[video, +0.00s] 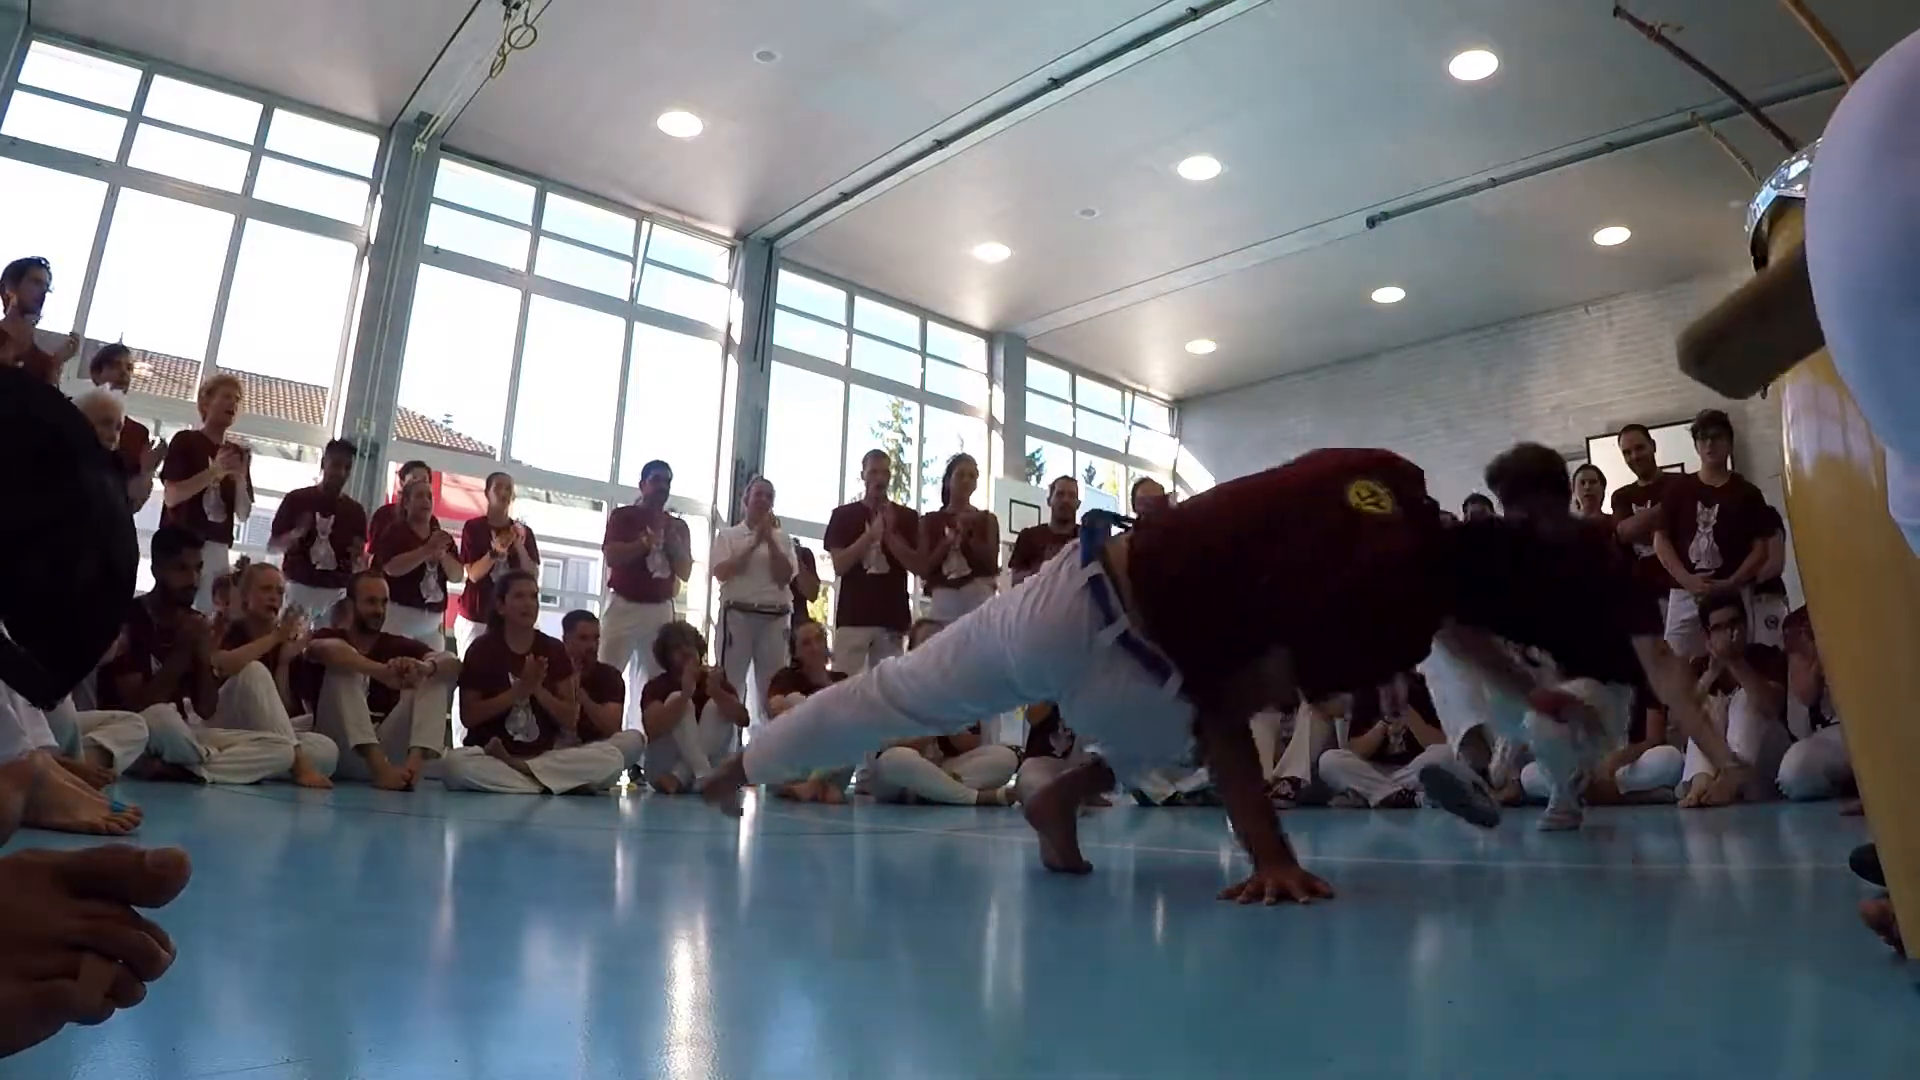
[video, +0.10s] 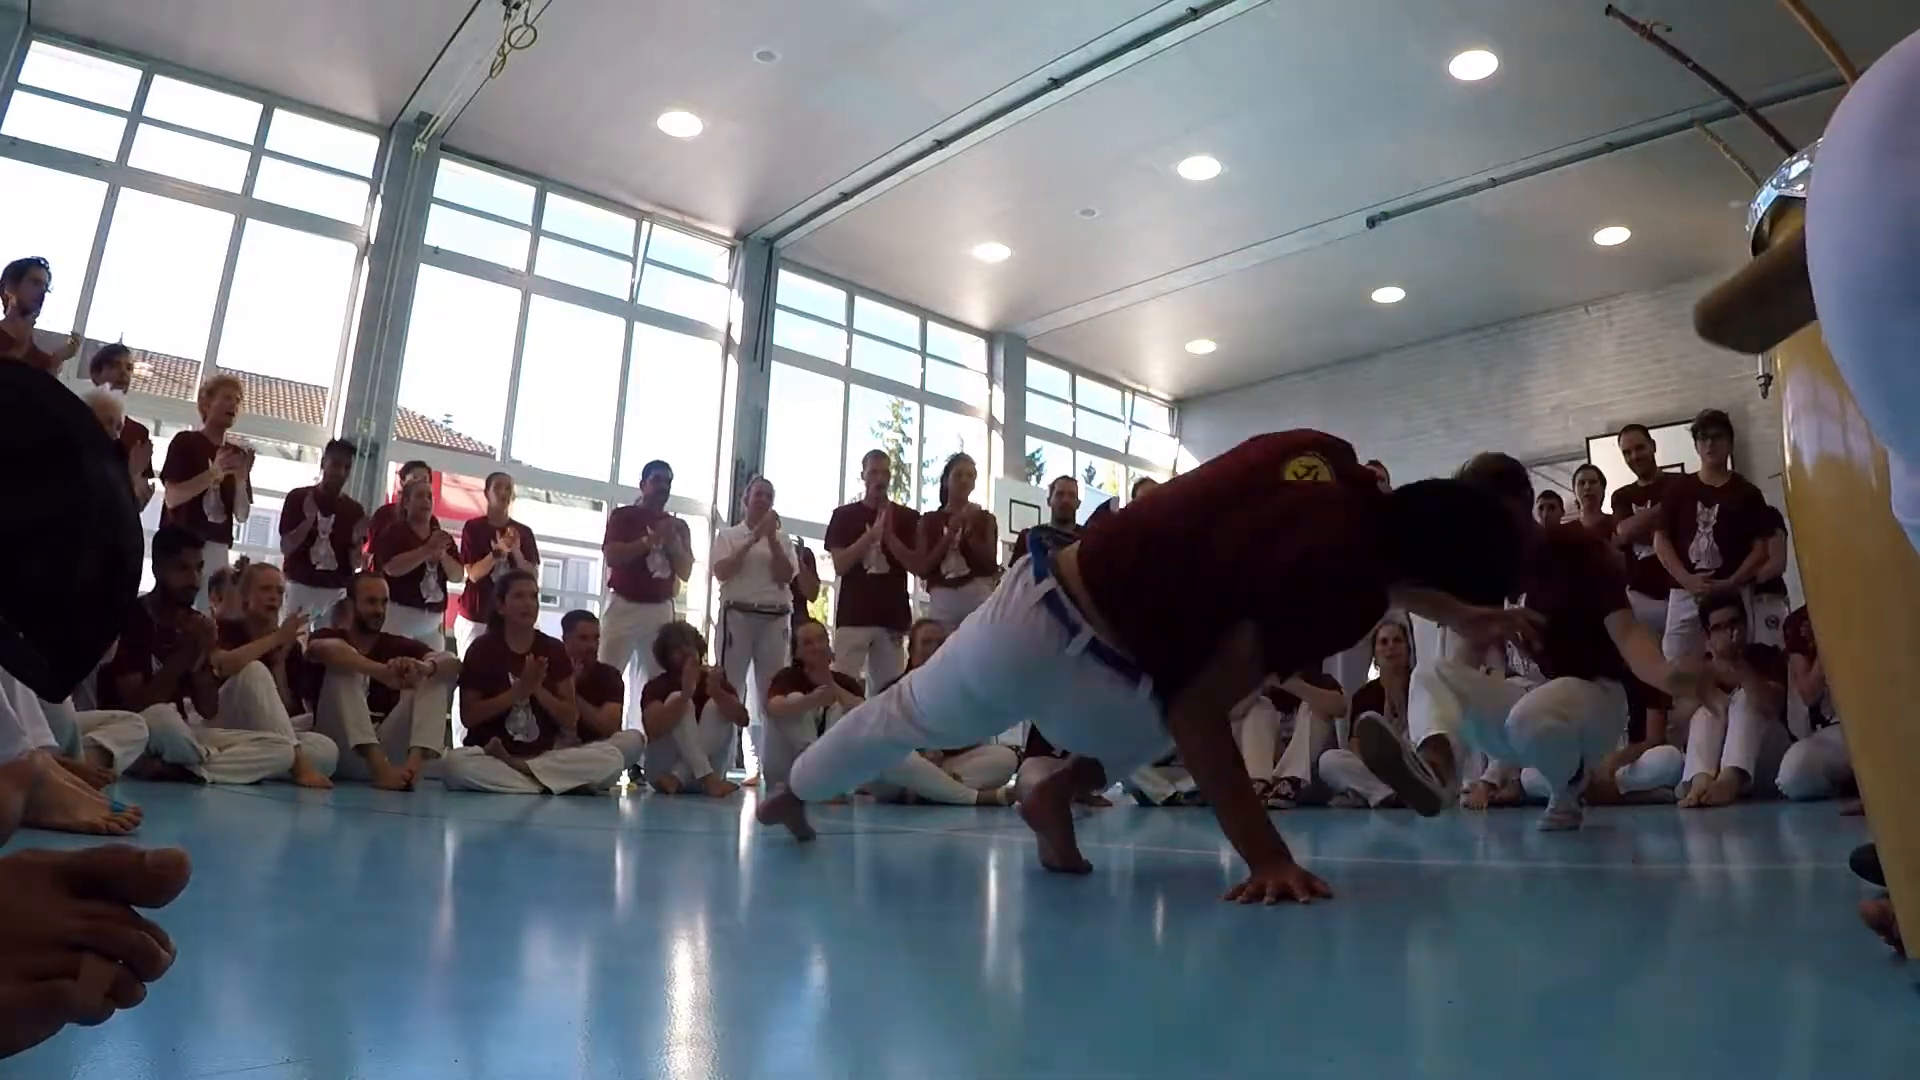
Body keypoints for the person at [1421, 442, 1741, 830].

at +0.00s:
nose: (1527, 523)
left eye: (1536, 511)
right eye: (1516, 512)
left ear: (1562, 501)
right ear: (1502, 509)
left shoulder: (1605, 554)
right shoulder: (1487, 546)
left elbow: (1659, 660)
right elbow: (1453, 630)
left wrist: (1724, 762)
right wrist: (1534, 694)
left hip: (1602, 683)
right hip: (1521, 680)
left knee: (1545, 720)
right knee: (1443, 645)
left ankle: (1564, 800)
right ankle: (1478, 772)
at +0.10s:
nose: (1498, 529)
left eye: (1505, 515)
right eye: (1486, 518)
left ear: (1525, 504)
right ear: (1474, 518)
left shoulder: (1578, 549)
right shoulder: (1488, 564)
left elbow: (1625, 629)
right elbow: (1464, 660)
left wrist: (1665, 675)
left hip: (1598, 696)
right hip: (1531, 696)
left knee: (1529, 721)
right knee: (1436, 675)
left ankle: (1565, 792)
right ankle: (1438, 768)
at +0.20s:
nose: (1464, 531)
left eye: (1470, 517)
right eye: (1453, 522)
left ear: (1490, 514)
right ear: (1442, 529)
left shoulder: (1539, 551)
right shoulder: (1454, 588)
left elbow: (1605, 582)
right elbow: (1454, 685)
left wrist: (1574, 534)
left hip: (1580, 694)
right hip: (1504, 705)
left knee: (1513, 717)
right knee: (1433, 716)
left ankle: (1569, 785)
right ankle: (1395, 774)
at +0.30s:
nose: (1415, 555)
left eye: (1418, 538)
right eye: (1402, 553)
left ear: (1448, 525)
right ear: (1399, 565)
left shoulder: (1502, 545)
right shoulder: (1436, 616)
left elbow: (1522, 487)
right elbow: (1440, 701)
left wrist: (1443, 441)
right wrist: (1422, 797)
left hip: (1557, 681)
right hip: (1490, 707)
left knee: (1501, 727)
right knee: (1424, 722)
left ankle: (1562, 783)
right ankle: (1367, 775)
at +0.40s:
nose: (1375, 556)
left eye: (1377, 540)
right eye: (1365, 556)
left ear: (1404, 526)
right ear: (1366, 570)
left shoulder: (1452, 527)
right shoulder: (1416, 625)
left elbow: (1440, 436)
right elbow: (1430, 713)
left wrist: (1371, 451)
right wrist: (1419, 807)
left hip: (1534, 657)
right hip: (1471, 684)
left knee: (1489, 720)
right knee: (1388, 681)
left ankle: (1558, 780)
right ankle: (1334, 768)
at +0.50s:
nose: (1350, 569)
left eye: (1343, 554)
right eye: (1340, 569)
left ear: (1360, 527)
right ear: (1342, 577)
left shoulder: (1412, 511)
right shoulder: (1402, 597)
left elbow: (1379, 436)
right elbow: (1416, 698)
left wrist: (1339, 479)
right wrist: (1417, 802)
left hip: (1508, 609)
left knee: (1418, 658)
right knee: (1349, 641)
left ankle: (1521, 738)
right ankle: (1331, 757)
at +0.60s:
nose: (1324, 573)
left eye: (1319, 560)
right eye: (1316, 576)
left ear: (1331, 535)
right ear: (1319, 582)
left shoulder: (1375, 512)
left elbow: (1324, 453)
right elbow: (1408, 708)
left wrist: (1303, 510)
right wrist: (1416, 808)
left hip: (1493, 598)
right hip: (1480, 669)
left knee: (1335, 600)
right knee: (1321, 661)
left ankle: (1437, 701)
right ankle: (1328, 802)